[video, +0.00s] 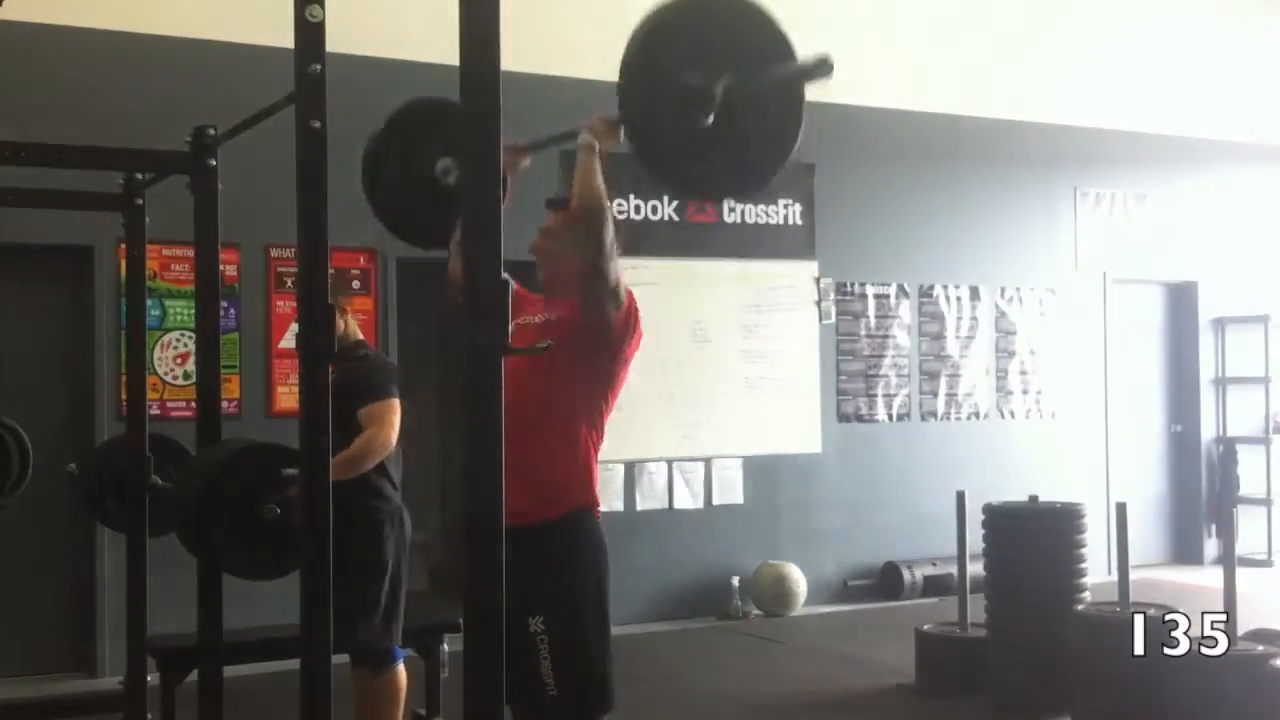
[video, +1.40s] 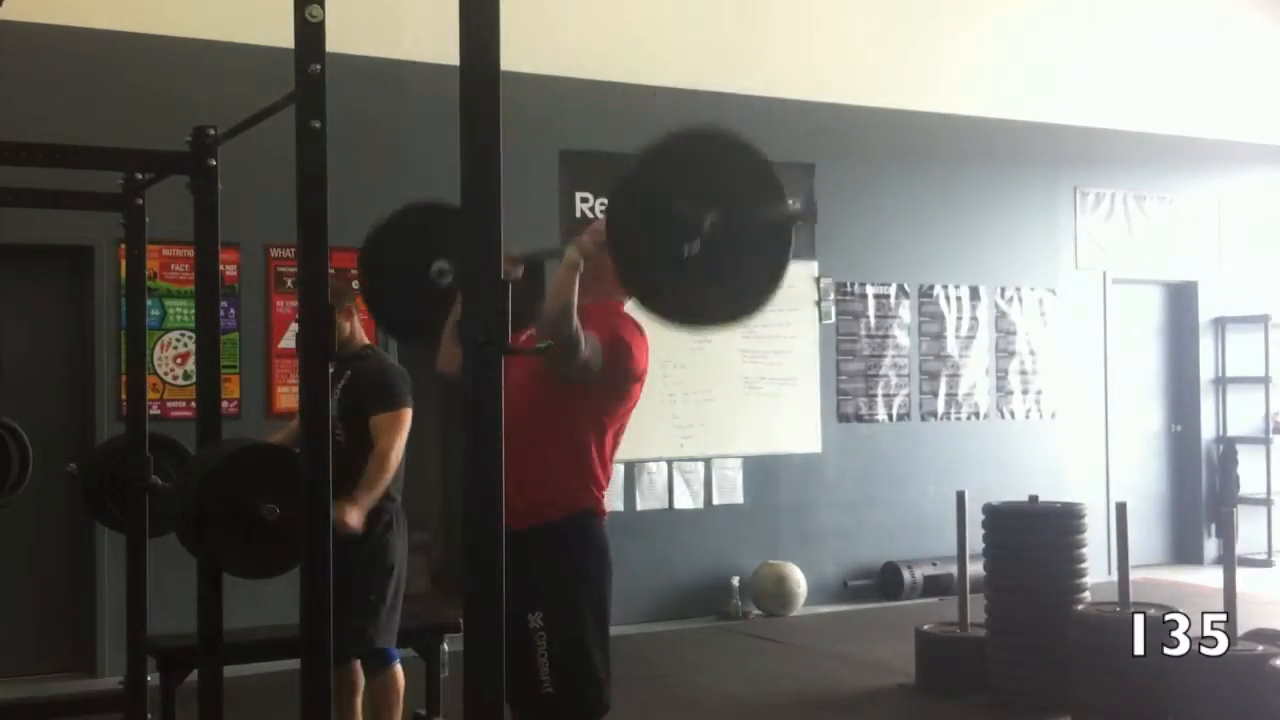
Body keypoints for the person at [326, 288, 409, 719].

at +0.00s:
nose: (315, 331)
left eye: (321, 319)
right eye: (311, 321)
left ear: (342, 315)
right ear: (327, 318)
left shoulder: (369, 366)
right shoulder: (327, 370)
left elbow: (382, 436)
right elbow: (326, 438)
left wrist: (319, 474)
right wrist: (299, 478)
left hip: (374, 513)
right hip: (344, 511)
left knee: (377, 646)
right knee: (360, 645)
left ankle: (388, 718)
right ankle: (368, 717)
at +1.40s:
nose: (320, 330)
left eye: (327, 319)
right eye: (317, 320)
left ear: (351, 316)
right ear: (320, 321)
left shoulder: (384, 375)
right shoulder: (330, 373)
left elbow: (390, 450)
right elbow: (307, 425)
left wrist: (359, 503)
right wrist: (261, 456)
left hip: (375, 527)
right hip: (331, 525)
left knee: (378, 648)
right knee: (339, 648)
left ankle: (388, 719)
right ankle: (347, 719)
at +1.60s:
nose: (319, 325)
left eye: (328, 314)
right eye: (317, 314)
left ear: (354, 315)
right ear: (323, 317)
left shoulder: (386, 373)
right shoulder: (327, 373)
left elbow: (406, 456)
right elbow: (304, 426)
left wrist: (415, 526)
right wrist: (258, 458)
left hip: (375, 526)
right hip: (332, 523)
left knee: (377, 649)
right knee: (340, 650)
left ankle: (387, 719)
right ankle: (349, 718)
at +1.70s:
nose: (319, 320)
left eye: (327, 310)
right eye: (316, 311)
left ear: (354, 312)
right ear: (315, 315)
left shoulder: (394, 370)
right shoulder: (323, 371)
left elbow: (418, 451)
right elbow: (293, 429)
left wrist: (422, 521)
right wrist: (250, 468)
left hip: (380, 521)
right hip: (334, 518)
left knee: (378, 641)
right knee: (347, 641)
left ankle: (385, 719)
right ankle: (351, 715)